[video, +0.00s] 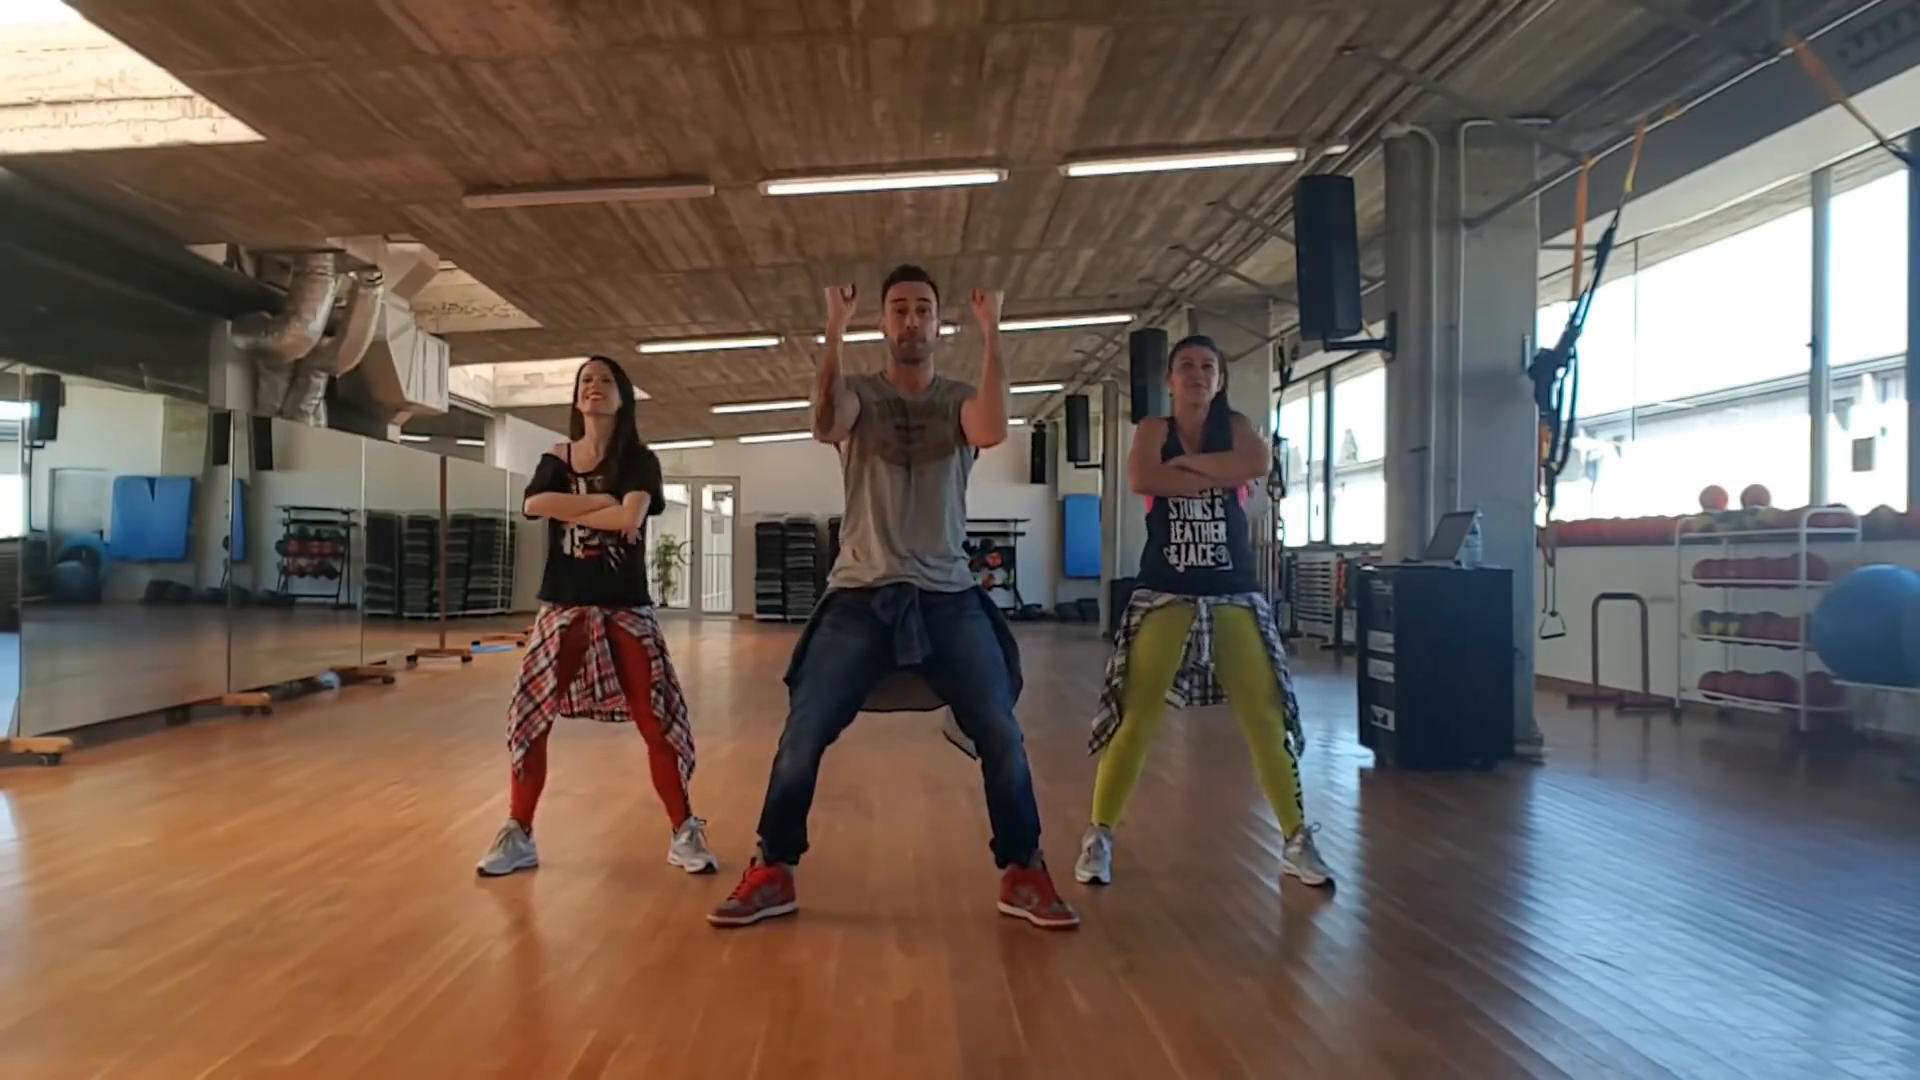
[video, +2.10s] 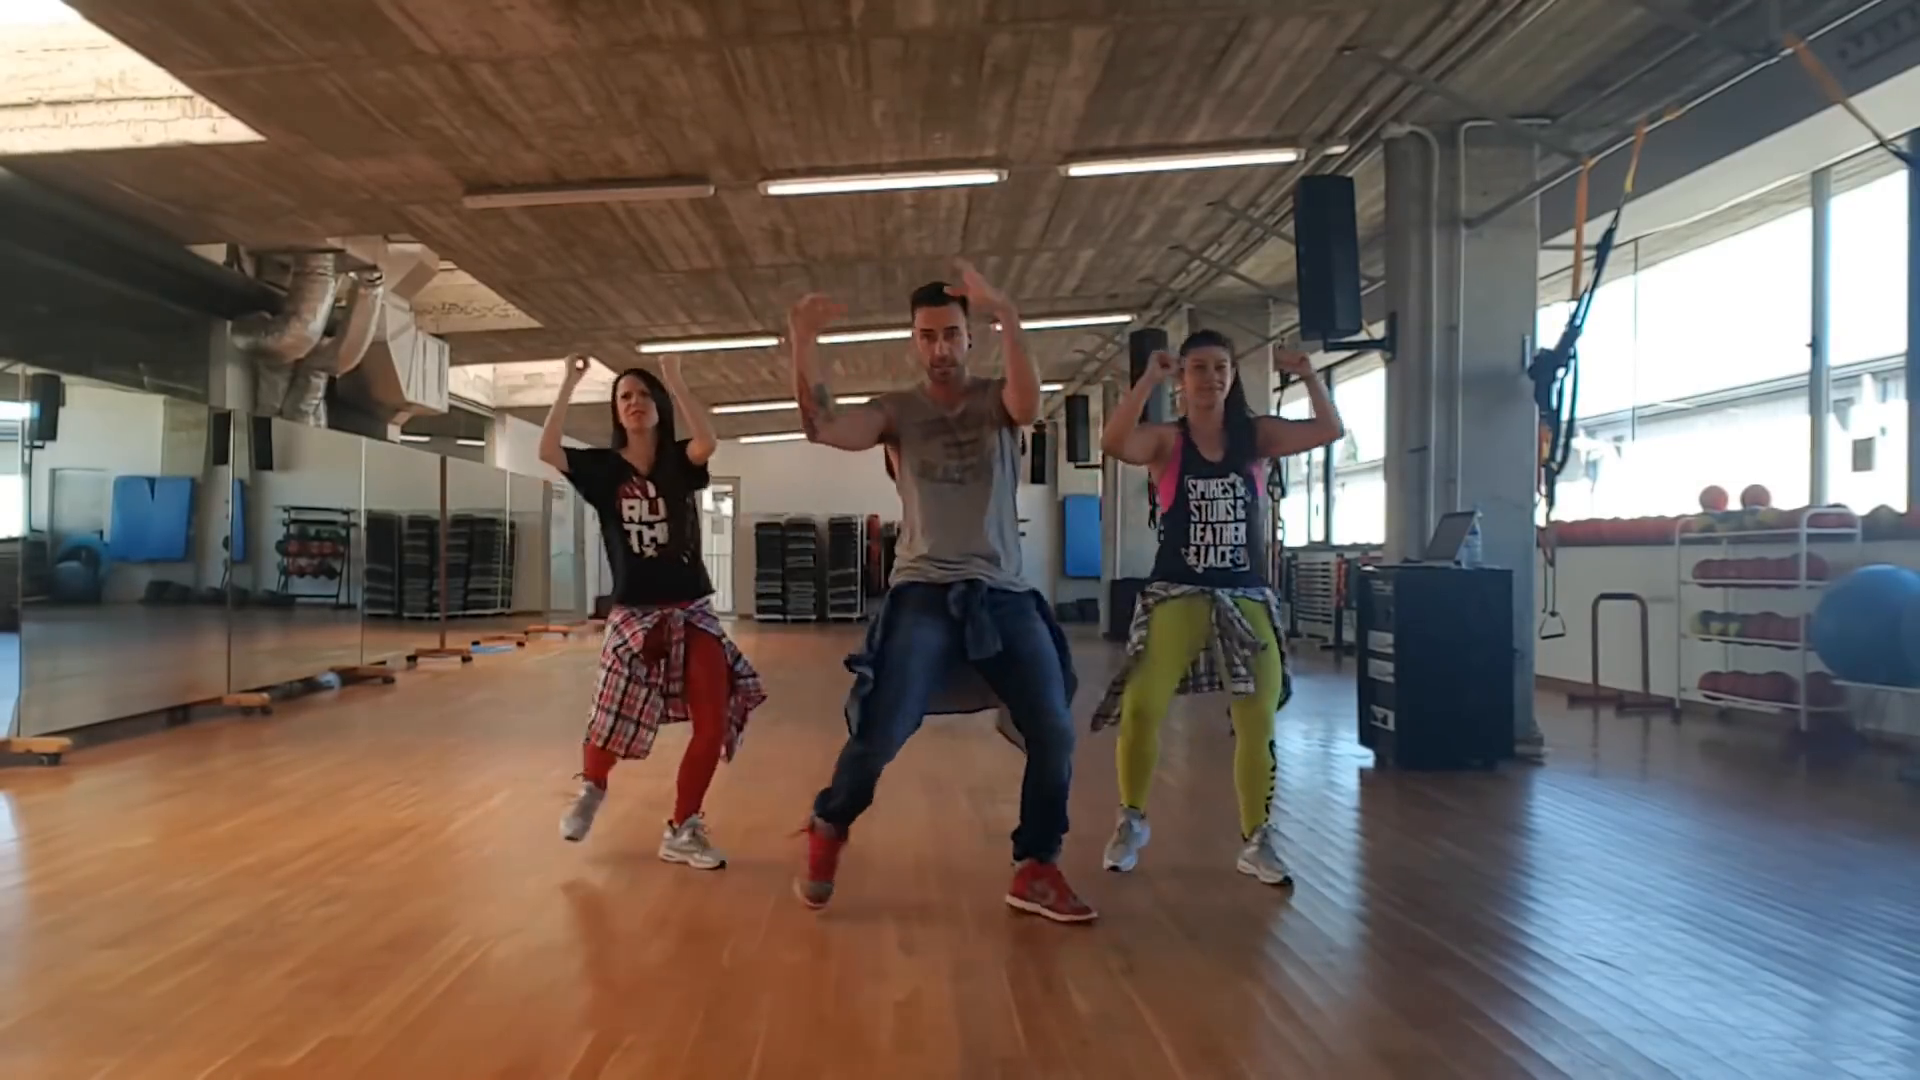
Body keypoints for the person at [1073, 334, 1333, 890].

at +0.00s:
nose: (1197, 374)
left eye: (1206, 367)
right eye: (1186, 366)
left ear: (1220, 379)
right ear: (1170, 379)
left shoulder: (1236, 426)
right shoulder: (1153, 429)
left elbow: (1257, 464)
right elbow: (1141, 478)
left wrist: (1181, 462)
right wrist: (1220, 476)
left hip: (1233, 591)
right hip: (1164, 591)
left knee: (1264, 714)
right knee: (1138, 717)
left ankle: (1297, 841)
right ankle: (1098, 838)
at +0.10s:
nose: (1192, 372)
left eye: (1202, 364)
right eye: (1182, 364)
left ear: (1216, 377)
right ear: (1164, 377)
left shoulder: (1235, 426)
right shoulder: (1146, 429)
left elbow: (1270, 454)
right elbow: (1108, 475)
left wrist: (1203, 431)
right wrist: (1165, 460)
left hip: (1227, 591)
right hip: (1157, 591)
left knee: (1260, 714)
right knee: (1134, 715)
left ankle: (1297, 840)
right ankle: (1098, 838)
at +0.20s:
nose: (1193, 371)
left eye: (1202, 362)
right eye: (1182, 362)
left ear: (1216, 377)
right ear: (1164, 376)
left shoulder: (1232, 428)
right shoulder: (1146, 430)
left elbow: (1287, 444)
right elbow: (1094, 461)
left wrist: (1241, 387)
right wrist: (1145, 410)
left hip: (1226, 592)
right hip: (1157, 592)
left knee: (1258, 712)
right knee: (1132, 714)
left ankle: (1295, 840)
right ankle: (1098, 838)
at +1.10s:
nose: (1141, 382)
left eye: (1151, 373)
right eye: (1131, 372)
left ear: (1168, 386)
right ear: (1116, 382)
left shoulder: (1181, 445)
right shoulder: (1097, 437)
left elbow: (1256, 451)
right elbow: (1065, 450)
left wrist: (1245, 386)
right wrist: (1101, 392)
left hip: (1164, 600)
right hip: (1095, 600)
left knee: (1219, 710)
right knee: (1085, 729)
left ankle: (1248, 827)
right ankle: (1076, 837)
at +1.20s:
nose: (1132, 375)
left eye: (1143, 367)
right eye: (1123, 366)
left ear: (1158, 378)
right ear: (1107, 375)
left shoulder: (1173, 437)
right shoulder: (1085, 430)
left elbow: (1248, 442)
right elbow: (1029, 444)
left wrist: (1231, 380)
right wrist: (1054, 381)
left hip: (1156, 595)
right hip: (1087, 594)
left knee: (1201, 703)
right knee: (1086, 722)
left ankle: (1177, 813)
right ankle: (1076, 836)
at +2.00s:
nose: (1202, 378)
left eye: (1210, 368)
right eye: (1191, 369)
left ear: (1222, 377)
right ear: (1172, 380)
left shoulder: (1242, 435)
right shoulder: (1159, 438)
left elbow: (1311, 432)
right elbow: (1091, 453)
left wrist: (1285, 379)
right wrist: (1102, 385)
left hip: (1233, 596)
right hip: (1171, 595)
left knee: (1256, 711)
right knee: (1134, 712)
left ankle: (1256, 840)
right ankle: (1088, 831)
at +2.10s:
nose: (1208, 377)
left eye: (1218, 367)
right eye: (1198, 368)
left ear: (1233, 377)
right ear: (1180, 379)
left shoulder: (1256, 433)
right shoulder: (1165, 439)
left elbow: (1328, 430)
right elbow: (1115, 442)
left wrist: (1308, 375)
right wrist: (1148, 380)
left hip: (1246, 596)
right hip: (1177, 595)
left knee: (1257, 718)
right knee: (1141, 707)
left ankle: (1256, 841)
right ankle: (1131, 821)